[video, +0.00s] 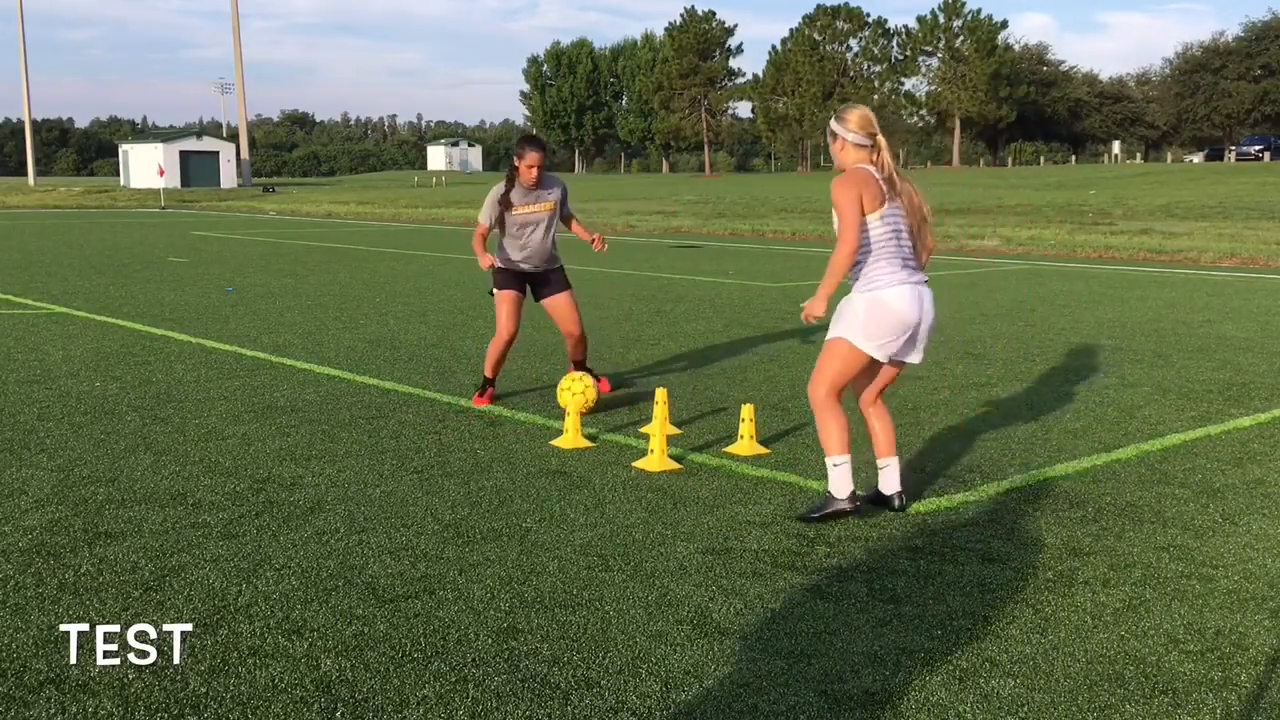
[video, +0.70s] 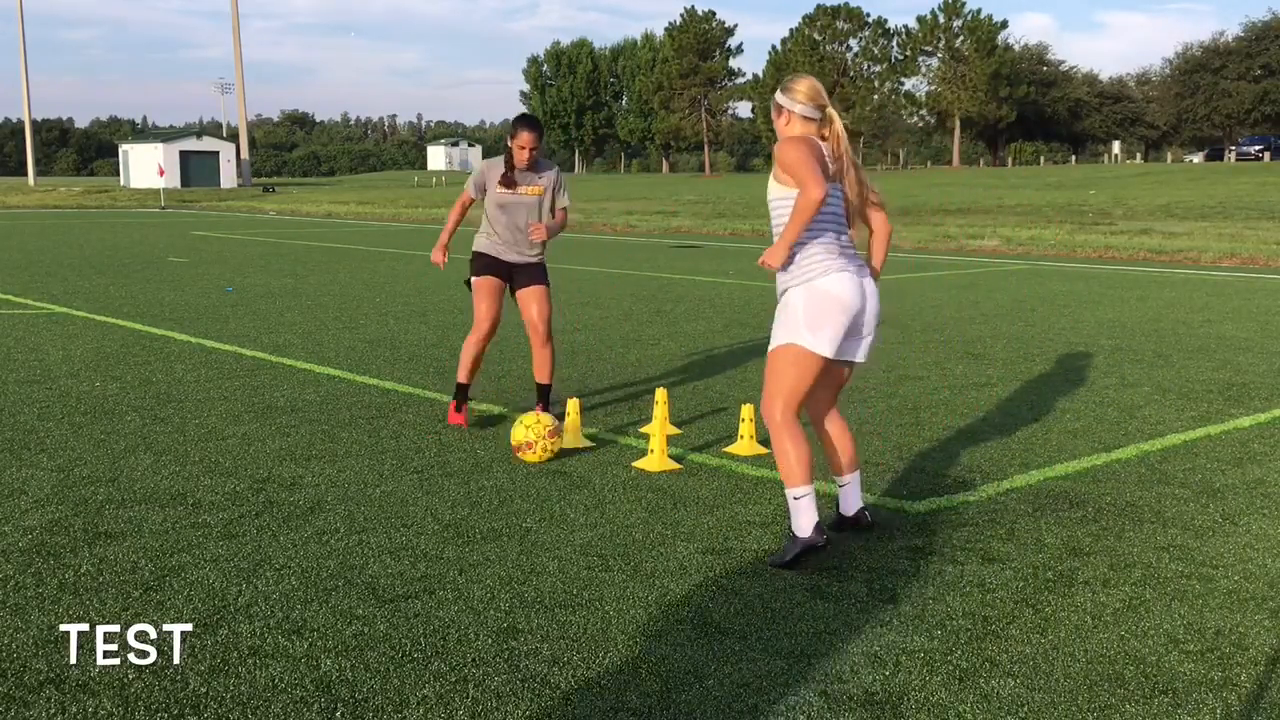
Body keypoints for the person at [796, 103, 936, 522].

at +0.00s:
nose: (830, 151)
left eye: (831, 143)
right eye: (830, 144)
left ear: (842, 142)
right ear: (872, 142)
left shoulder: (848, 181)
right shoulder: (899, 183)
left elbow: (848, 244)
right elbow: (925, 242)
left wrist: (821, 295)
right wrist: (901, 283)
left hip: (879, 299)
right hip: (918, 299)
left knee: (822, 389)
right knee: (870, 394)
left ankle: (841, 493)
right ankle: (891, 489)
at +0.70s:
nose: (773, 122)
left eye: (774, 114)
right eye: (775, 115)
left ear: (783, 115)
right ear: (818, 118)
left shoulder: (789, 146)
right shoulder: (837, 158)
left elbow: (813, 190)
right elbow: (880, 221)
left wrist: (782, 246)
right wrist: (869, 279)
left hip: (819, 286)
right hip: (859, 287)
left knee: (777, 409)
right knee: (822, 406)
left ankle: (805, 529)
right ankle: (853, 510)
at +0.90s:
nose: (751, 172)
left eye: (751, 163)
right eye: (750, 163)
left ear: (764, 158)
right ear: (794, 157)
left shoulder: (777, 196)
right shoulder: (826, 197)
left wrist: (711, 305)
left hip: (822, 331)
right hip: (845, 328)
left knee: (762, 431)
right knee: (741, 407)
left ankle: (793, 552)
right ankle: (801, 505)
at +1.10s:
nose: (742, 208)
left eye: (742, 199)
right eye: (741, 199)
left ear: (755, 191)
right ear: (782, 187)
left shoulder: (779, 224)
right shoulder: (822, 215)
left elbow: (720, 280)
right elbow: (876, 243)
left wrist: (663, 312)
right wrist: (918, 273)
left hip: (850, 346)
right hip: (866, 336)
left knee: (762, 434)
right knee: (755, 389)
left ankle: (796, 555)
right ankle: (757, 500)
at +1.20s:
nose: (756, 196)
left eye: (755, 188)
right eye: (755, 189)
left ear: (767, 186)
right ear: (799, 181)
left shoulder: (789, 220)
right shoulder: (836, 213)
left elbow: (761, 277)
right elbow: (893, 248)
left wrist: (715, 327)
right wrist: (928, 271)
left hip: (845, 343)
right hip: (882, 341)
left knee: (765, 437)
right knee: (803, 418)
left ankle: (795, 554)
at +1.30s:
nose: (786, 178)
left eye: (788, 170)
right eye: (787, 170)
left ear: (799, 170)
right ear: (831, 168)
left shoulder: (803, 212)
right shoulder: (867, 204)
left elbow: (814, 258)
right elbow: (920, 236)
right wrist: (952, 257)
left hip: (842, 333)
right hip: (893, 334)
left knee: (777, 436)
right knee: (860, 427)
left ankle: (795, 554)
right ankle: (926, 491)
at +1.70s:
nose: (878, 162)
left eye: (879, 157)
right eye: (880, 156)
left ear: (886, 158)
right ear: (915, 158)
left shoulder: (875, 198)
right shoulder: (936, 196)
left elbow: (862, 259)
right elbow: (948, 233)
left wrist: (838, 308)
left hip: (894, 311)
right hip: (946, 302)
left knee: (920, 398)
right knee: (956, 401)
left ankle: (951, 476)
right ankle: (964, 465)